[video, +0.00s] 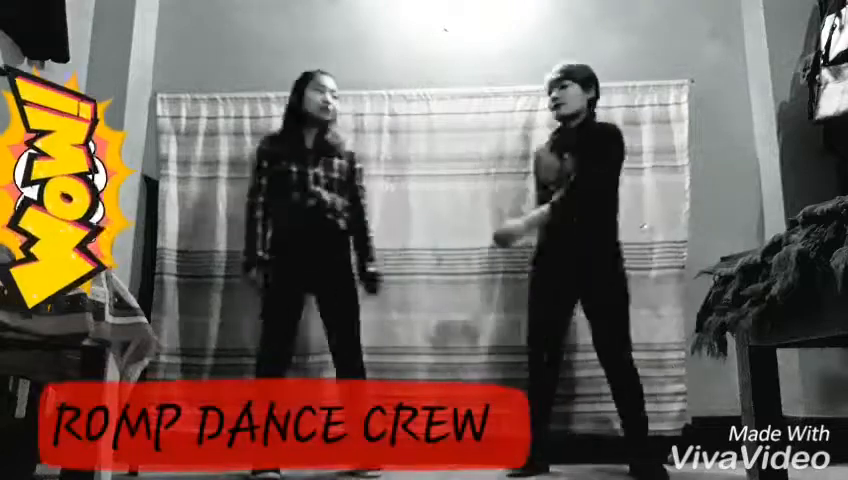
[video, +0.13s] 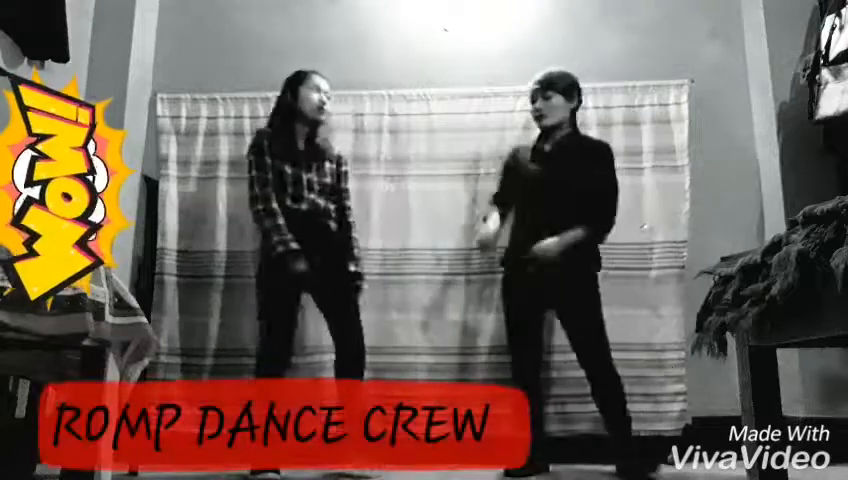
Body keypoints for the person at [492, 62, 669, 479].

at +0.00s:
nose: (554, 94)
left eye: (563, 87)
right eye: (552, 89)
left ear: (589, 93)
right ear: (553, 100)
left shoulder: (607, 135)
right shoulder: (548, 148)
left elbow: (583, 193)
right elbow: (545, 208)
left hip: (598, 259)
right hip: (553, 261)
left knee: (616, 357)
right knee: (542, 354)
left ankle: (640, 455)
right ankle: (533, 452)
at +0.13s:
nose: (538, 104)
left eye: (548, 96)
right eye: (535, 98)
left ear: (573, 102)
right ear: (532, 107)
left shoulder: (595, 153)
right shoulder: (521, 157)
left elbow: (603, 219)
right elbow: (502, 201)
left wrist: (563, 240)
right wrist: (493, 221)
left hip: (573, 274)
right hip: (523, 274)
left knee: (598, 366)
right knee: (525, 369)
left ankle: (626, 456)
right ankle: (531, 456)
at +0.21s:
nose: (538, 104)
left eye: (548, 97)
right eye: (534, 97)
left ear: (570, 102)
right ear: (529, 103)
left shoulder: (590, 152)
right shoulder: (512, 151)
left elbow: (605, 206)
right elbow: (481, 199)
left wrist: (615, 230)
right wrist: (504, 201)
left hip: (575, 269)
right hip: (525, 270)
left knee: (590, 359)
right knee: (529, 362)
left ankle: (607, 453)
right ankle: (529, 453)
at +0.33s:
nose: (549, 101)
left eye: (559, 94)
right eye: (542, 94)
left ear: (574, 100)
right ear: (532, 99)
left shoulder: (585, 152)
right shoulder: (517, 144)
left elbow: (589, 214)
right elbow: (497, 196)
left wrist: (625, 217)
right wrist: (546, 180)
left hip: (582, 268)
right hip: (534, 269)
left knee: (596, 360)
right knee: (536, 364)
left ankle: (610, 454)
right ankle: (533, 454)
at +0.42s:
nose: (552, 102)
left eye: (561, 94)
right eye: (544, 94)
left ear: (576, 102)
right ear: (534, 100)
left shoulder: (586, 153)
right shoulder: (517, 146)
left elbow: (592, 215)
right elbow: (495, 194)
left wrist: (627, 216)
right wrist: (543, 175)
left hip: (586, 269)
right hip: (536, 270)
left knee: (601, 362)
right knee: (536, 365)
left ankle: (611, 457)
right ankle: (534, 455)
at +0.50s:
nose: (549, 94)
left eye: (559, 87)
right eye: (541, 88)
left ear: (574, 95)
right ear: (530, 96)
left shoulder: (582, 148)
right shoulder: (515, 140)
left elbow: (584, 212)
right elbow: (493, 193)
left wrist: (619, 212)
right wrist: (539, 175)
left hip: (581, 263)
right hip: (532, 265)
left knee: (597, 359)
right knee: (536, 363)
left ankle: (610, 456)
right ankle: (533, 455)